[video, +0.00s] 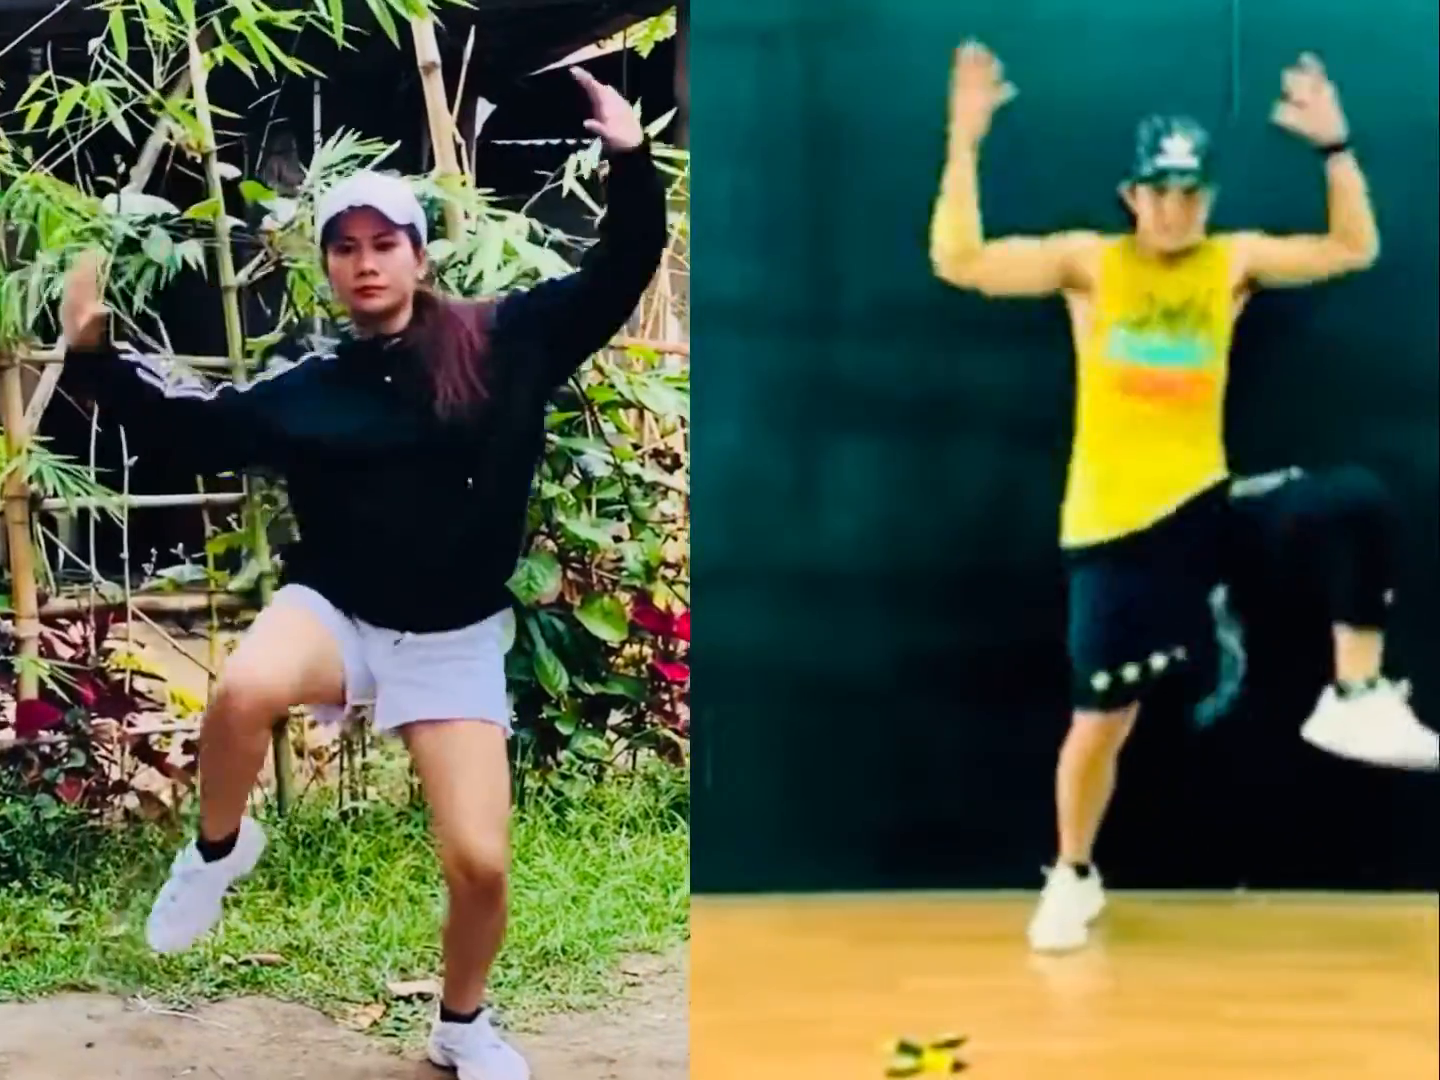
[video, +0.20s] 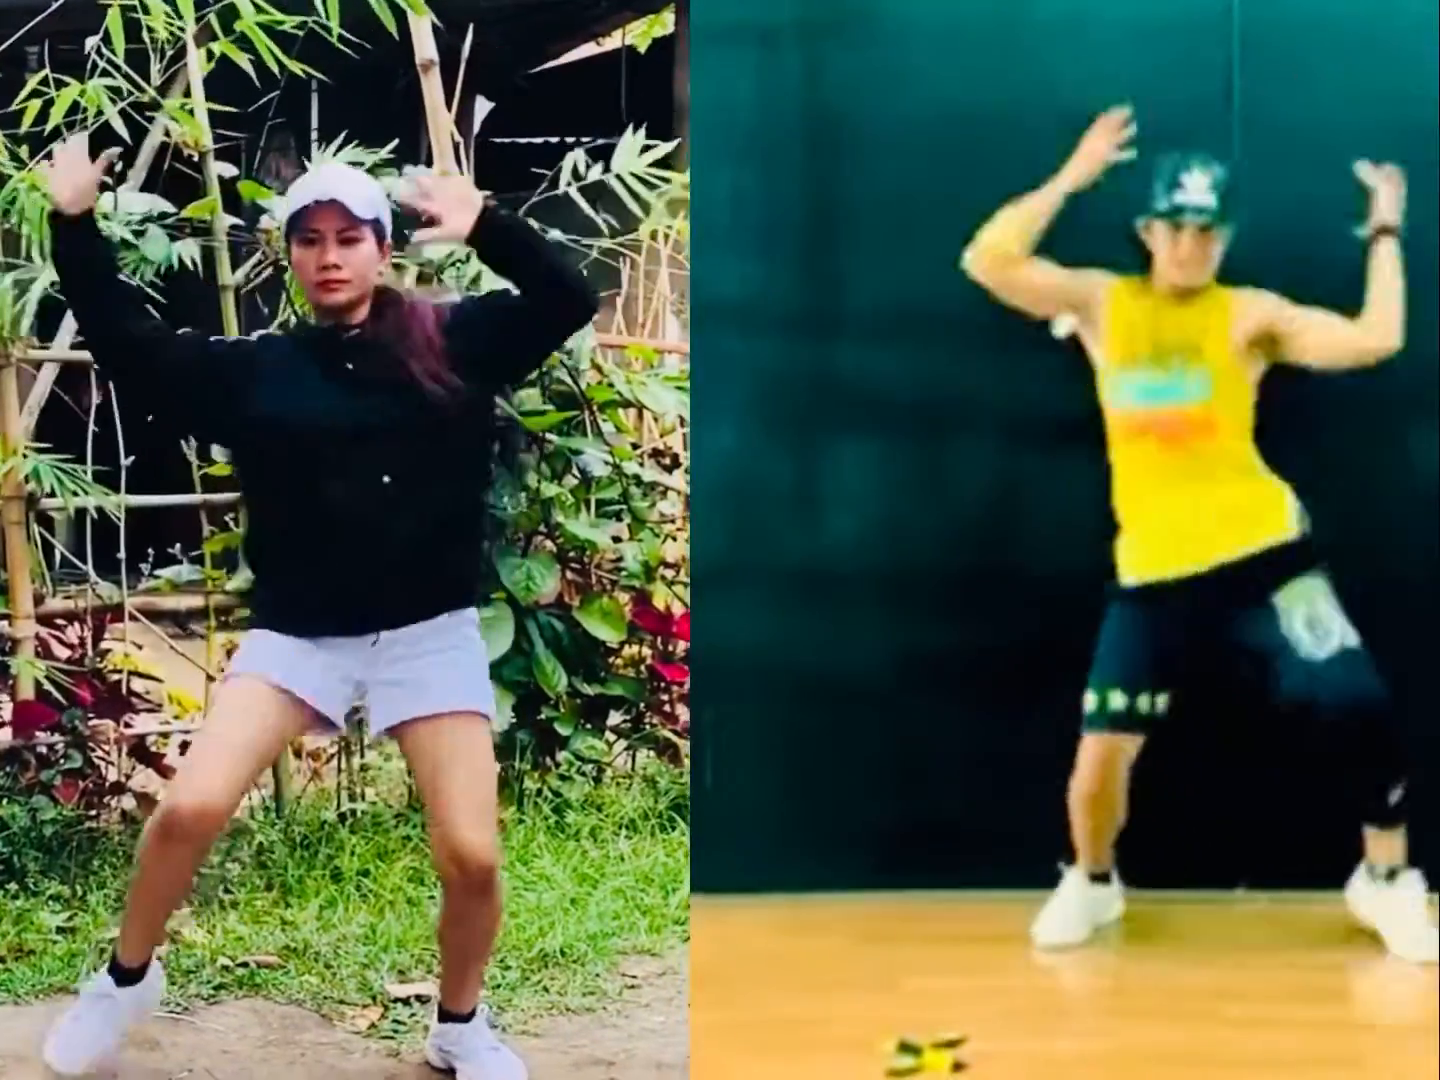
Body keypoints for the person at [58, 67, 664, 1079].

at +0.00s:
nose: (363, 263)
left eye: (382, 243)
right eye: (344, 247)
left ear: (420, 254)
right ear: (325, 268)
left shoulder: (502, 337)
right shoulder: (302, 388)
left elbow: (620, 271)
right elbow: (181, 434)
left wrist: (628, 155)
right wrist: (89, 357)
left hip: (459, 632)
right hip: (333, 612)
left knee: (482, 861)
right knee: (241, 691)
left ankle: (462, 1023)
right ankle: (216, 852)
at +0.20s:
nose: (328, 255)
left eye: (347, 237)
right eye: (309, 239)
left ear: (383, 249)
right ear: (288, 258)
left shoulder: (449, 338)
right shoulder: (250, 368)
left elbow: (568, 300)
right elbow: (128, 341)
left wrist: (482, 223)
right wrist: (75, 220)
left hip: (432, 634)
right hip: (293, 638)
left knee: (474, 855)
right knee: (188, 809)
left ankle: (460, 1023)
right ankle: (125, 981)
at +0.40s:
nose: (247, 287)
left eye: (269, 271)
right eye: (228, 270)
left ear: (298, 293)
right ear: (201, 290)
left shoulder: (347, 406)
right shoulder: (134, 403)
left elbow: (473, 441)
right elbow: (22, 414)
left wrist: (511, 333)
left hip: (344, 665)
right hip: (201, 688)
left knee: (425, 872)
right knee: (120, 885)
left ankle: (451, 1037)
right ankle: (107, 1043)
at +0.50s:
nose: (212, 250)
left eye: (232, 232)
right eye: (193, 232)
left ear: (263, 249)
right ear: (164, 249)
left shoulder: (314, 356)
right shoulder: (99, 360)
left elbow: (429, 321)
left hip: (285, 628)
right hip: (140, 648)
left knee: (396, 826)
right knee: (93, 872)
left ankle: (434, 1016)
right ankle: (98, 1046)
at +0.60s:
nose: (182, 229)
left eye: (204, 210)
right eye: (163, 210)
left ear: (235, 227)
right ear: (136, 225)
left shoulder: (272, 330)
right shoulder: (74, 322)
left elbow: (392, 301)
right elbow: (1, 279)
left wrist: (326, 171)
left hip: (255, 593)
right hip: (118, 622)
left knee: (370, 769)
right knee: (90, 852)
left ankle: (371, 923)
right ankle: (95, 1043)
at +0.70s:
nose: (147, 236)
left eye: (169, 219)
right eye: (130, 216)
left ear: (200, 236)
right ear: (99, 229)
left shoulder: (243, 339)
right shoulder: (45, 324)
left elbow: (359, 412)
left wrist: (342, 324)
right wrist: (7, 106)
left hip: (241, 576)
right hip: (111, 618)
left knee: (333, 712)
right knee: (68, 847)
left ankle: (322, 818)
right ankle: (95, 1040)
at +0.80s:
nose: (140, 251)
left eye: (162, 232)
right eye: (121, 231)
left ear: (190, 253)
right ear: (91, 247)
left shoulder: (216, 373)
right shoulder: (36, 340)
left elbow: (341, 431)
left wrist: (406, 336)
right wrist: (7, 212)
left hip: (223, 583)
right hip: (101, 638)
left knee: (319, 659)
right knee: (57, 871)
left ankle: (315, 776)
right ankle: (95, 1046)